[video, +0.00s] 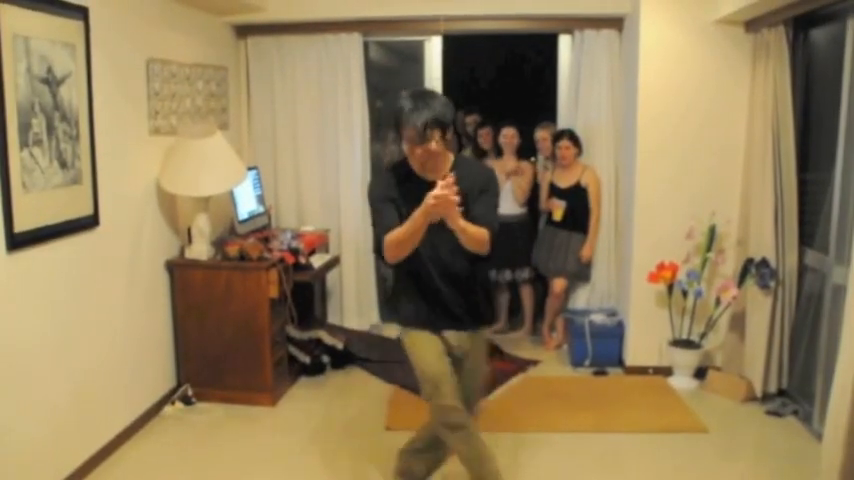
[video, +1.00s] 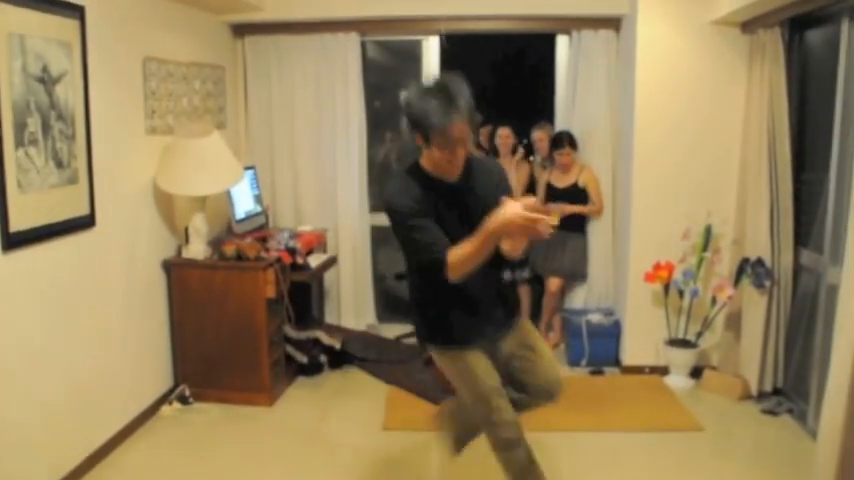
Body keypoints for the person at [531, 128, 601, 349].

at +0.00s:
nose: (563, 152)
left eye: (568, 147)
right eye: (559, 148)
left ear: (577, 150)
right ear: (554, 151)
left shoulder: (588, 175)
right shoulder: (549, 176)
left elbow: (594, 211)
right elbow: (541, 205)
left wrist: (589, 243)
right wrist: (550, 205)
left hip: (575, 234)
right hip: (552, 232)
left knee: (559, 286)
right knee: (555, 288)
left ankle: (546, 326)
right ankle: (560, 331)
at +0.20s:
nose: (563, 153)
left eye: (567, 148)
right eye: (559, 148)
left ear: (577, 150)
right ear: (554, 152)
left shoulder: (588, 175)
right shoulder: (549, 176)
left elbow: (594, 212)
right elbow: (542, 205)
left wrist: (589, 244)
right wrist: (550, 205)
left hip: (575, 235)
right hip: (552, 232)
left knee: (559, 287)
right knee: (555, 288)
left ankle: (546, 325)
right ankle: (559, 331)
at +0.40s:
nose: (562, 153)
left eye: (567, 148)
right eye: (559, 148)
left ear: (577, 150)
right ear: (554, 152)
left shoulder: (588, 176)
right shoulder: (549, 175)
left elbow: (594, 212)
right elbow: (541, 204)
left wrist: (589, 244)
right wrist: (550, 205)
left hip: (574, 235)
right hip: (552, 232)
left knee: (558, 287)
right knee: (554, 288)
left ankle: (545, 326)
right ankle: (559, 331)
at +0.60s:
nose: (562, 153)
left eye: (567, 149)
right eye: (558, 149)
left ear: (576, 151)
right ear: (553, 152)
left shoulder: (586, 175)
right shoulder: (547, 176)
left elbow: (596, 210)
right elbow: (540, 205)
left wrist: (584, 238)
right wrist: (549, 206)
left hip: (573, 235)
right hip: (551, 232)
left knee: (558, 287)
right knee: (553, 288)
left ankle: (544, 326)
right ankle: (558, 331)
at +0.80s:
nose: (561, 154)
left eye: (566, 149)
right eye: (558, 149)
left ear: (576, 151)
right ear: (552, 152)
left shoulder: (586, 175)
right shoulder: (547, 176)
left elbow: (597, 208)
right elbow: (540, 204)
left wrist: (576, 220)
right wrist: (548, 206)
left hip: (573, 233)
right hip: (550, 231)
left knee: (557, 287)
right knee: (552, 287)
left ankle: (544, 326)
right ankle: (557, 330)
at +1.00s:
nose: (564, 159)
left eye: (568, 154)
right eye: (560, 154)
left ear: (575, 153)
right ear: (553, 155)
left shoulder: (585, 174)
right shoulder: (546, 177)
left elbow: (597, 207)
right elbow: (538, 206)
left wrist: (570, 209)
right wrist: (550, 211)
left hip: (574, 235)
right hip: (550, 233)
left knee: (555, 286)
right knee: (553, 286)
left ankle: (543, 330)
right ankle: (556, 332)